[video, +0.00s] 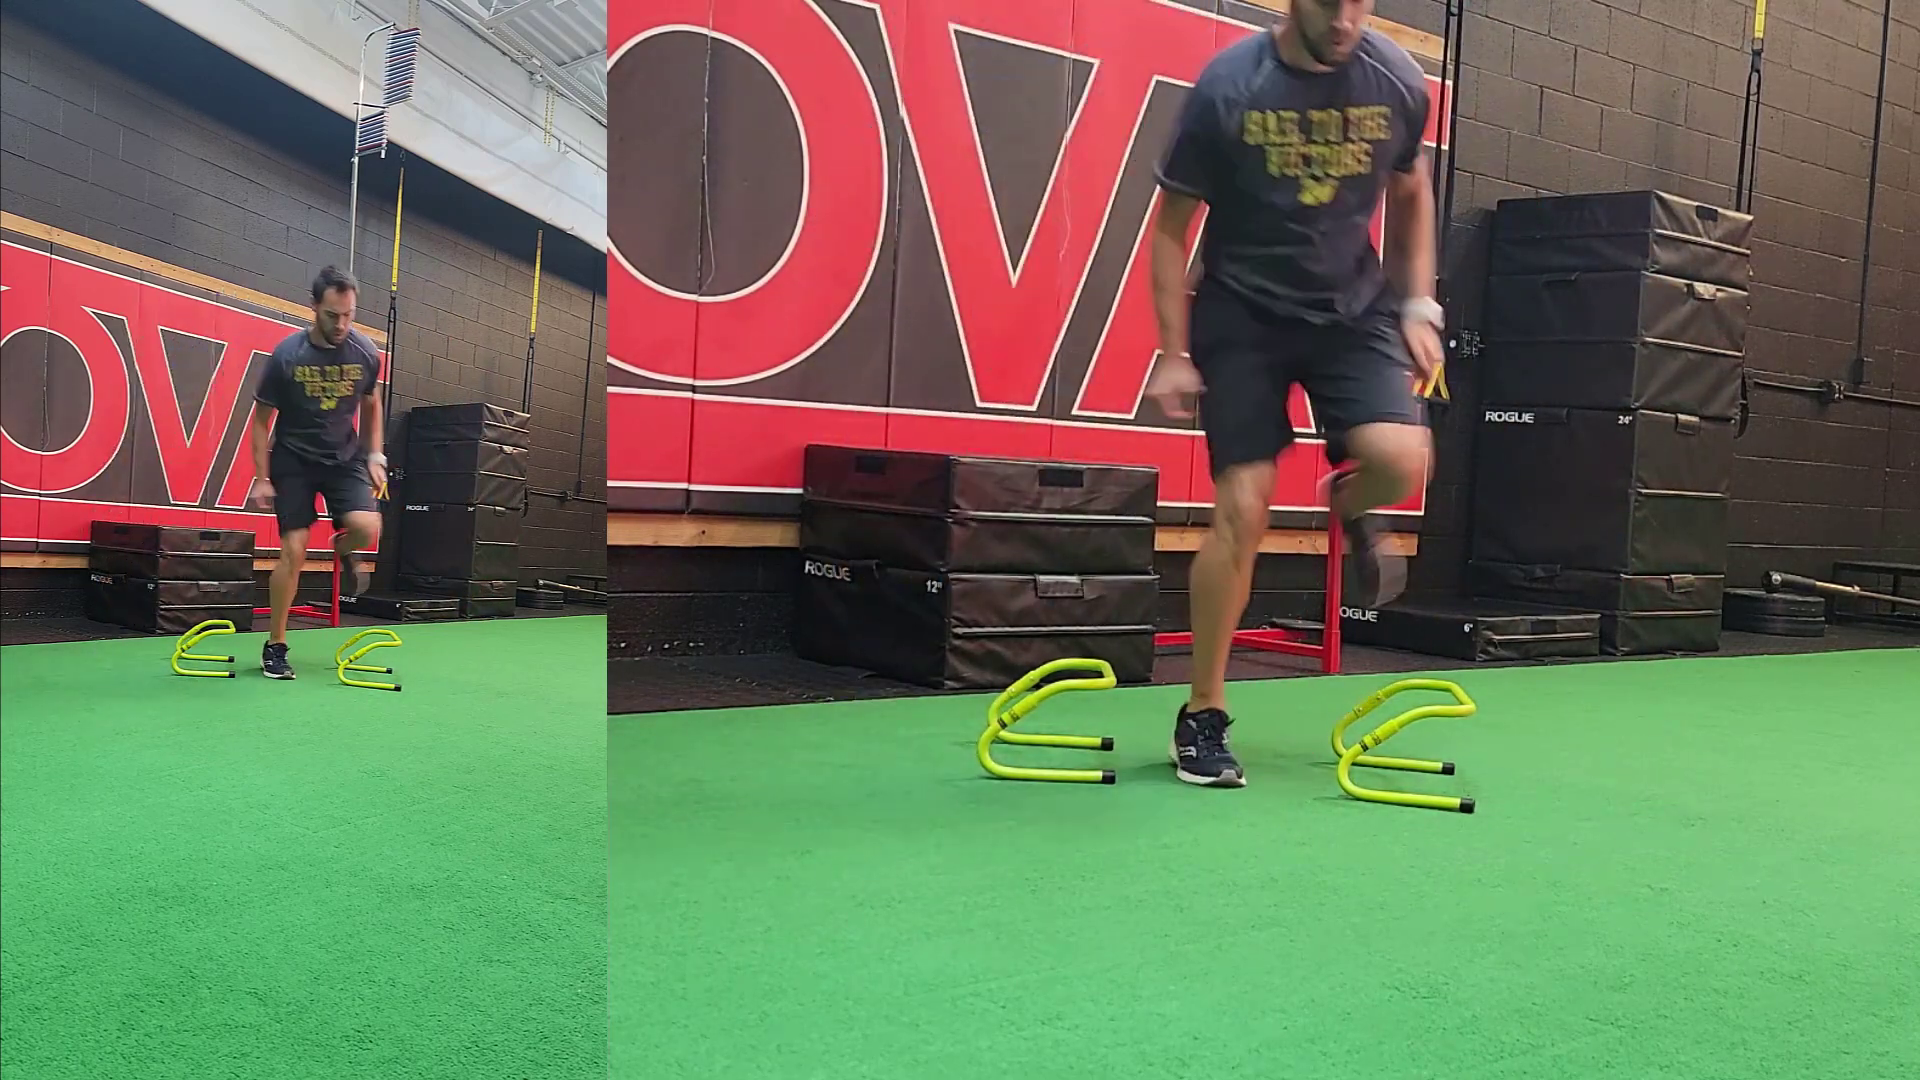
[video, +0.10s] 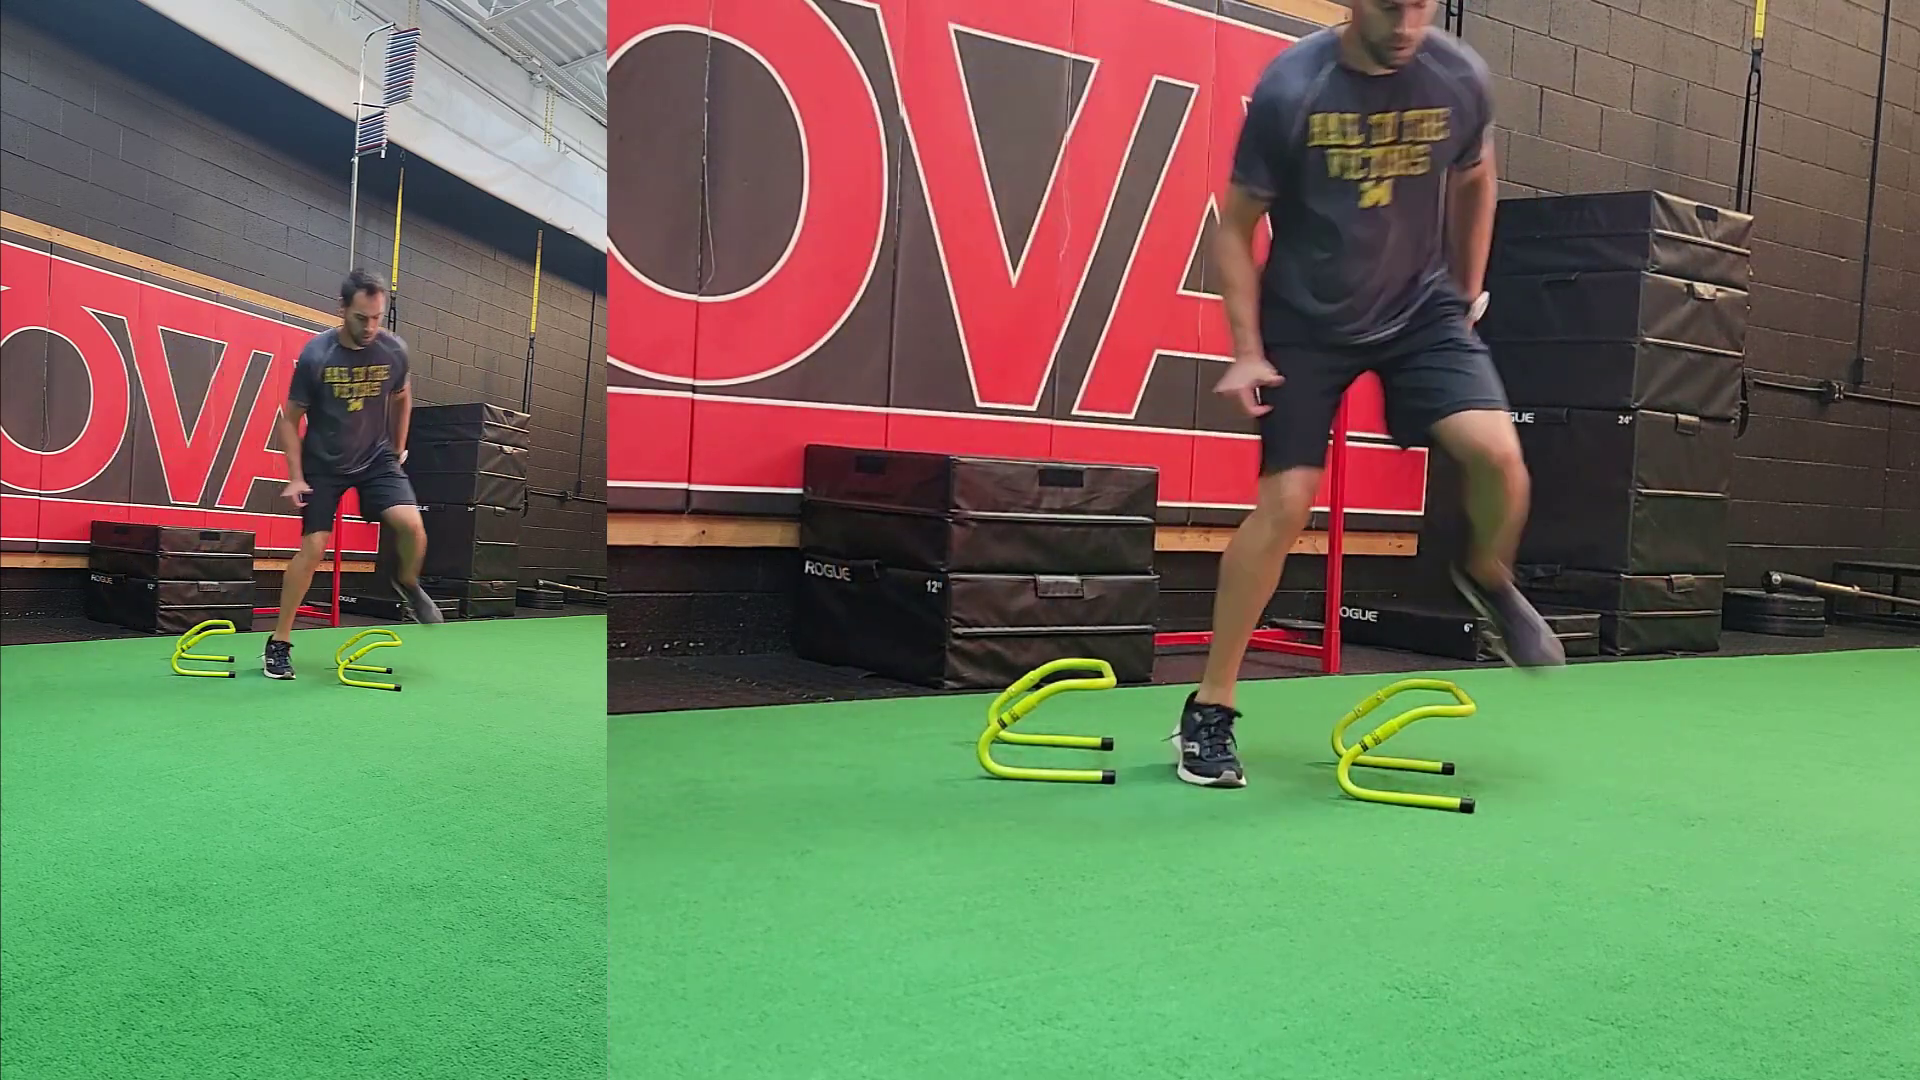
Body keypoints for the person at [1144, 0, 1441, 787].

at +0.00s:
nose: (1347, 22)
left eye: (1359, 7)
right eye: (1330, 6)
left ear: (1373, 5)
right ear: (1290, 2)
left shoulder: (1400, 83)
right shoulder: (1225, 90)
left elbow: (1413, 194)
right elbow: (1169, 231)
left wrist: (1419, 304)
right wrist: (1173, 353)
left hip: (1355, 311)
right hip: (1243, 312)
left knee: (1402, 465)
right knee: (1243, 511)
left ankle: (1342, 505)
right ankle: (1204, 714)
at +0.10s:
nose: (1409, 26)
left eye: (1423, 10)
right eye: (1392, 9)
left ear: (1439, 10)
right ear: (1351, 7)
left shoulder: (1461, 78)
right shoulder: (1288, 90)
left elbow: (1474, 177)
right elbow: (1232, 225)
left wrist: (1469, 295)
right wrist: (1247, 351)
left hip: (1423, 310)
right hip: (1308, 323)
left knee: (1501, 466)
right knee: (1286, 503)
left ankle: (1486, 584)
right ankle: (1211, 709)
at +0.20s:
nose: (1477, 42)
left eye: (1492, 23)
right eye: (1460, 22)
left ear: (1509, 17)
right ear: (1420, 15)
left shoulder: (1531, 76)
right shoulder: (1357, 93)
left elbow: (1535, 163)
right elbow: (1301, 225)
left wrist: (1518, 266)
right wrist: (1351, 335)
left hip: (1485, 304)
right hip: (1379, 309)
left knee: (1542, 490)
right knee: (1356, 472)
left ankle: (1597, 693)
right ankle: (1274, 624)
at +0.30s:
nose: (1543, 91)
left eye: (1558, 71)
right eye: (1525, 72)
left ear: (1573, 53)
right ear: (1481, 51)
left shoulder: (1594, 129)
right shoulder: (1421, 147)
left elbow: (1594, 220)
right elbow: (1390, 288)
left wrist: (1571, 316)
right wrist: (1499, 282)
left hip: (1541, 352)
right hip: (1434, 345)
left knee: (1582, 537)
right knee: (1419, 476)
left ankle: (1625, 729)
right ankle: (1426, 504)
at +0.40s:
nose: (1590, 130)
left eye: (1603, 109)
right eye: (1572, 110)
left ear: (1617, 92)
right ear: (1527, 89)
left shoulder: (1634, 161)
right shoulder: (1467, 187)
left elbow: (1635, 244)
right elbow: (1442, 338)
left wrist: (1615, 329)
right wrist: (1554, 291)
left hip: (1588, 382)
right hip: (1481, 383)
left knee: (1613, 542)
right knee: (1518, 496)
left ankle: (1629, 733)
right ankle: (1525, 558)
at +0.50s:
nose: (1609, 147)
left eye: (1623, 126)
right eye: (1591, 128)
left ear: (1636, 109)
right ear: (1547, 107)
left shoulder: (1655, 169)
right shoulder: (1486, 202)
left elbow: (1653, 241)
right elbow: (1449, 348)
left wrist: (1626, 315)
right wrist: (1559, 339)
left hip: (1611, 378)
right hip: (1510, 385)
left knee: (1640, 536)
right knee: (1591, 499)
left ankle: (1635, 733)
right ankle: (1574, 590)